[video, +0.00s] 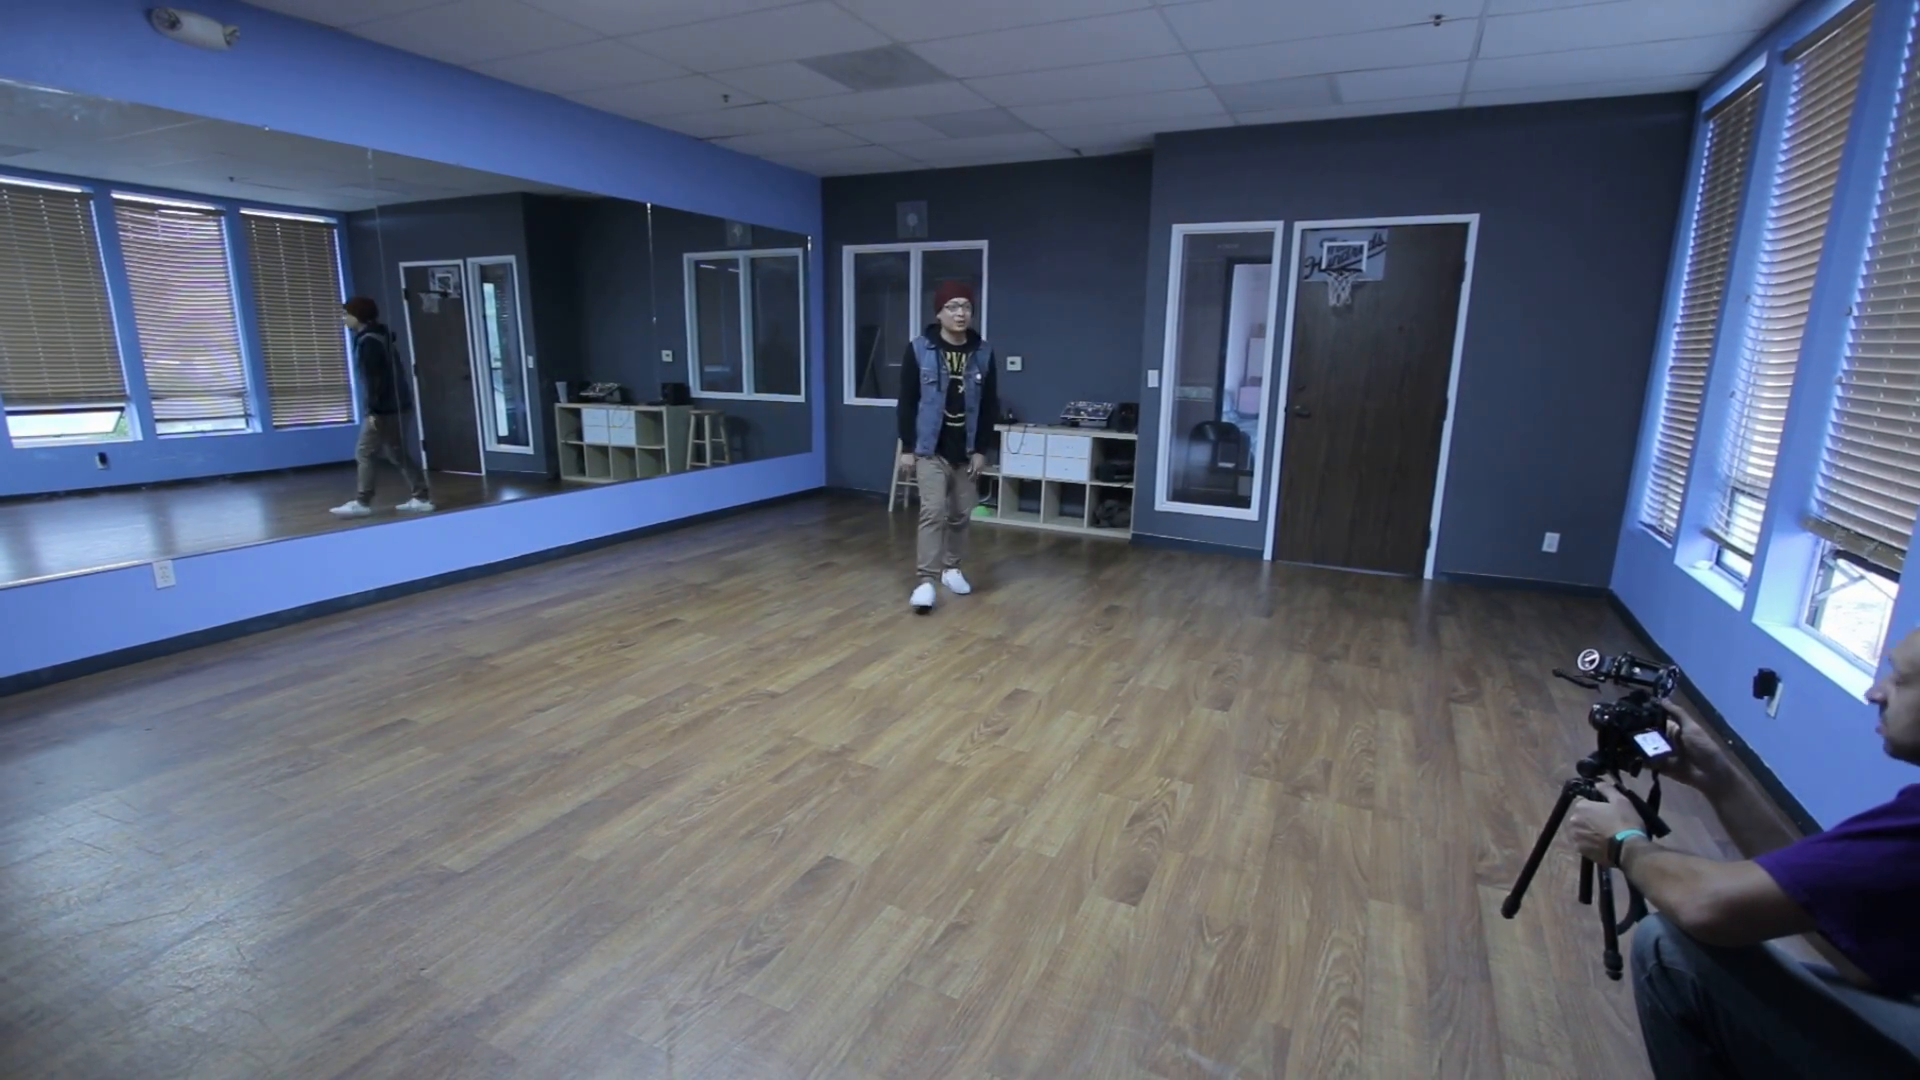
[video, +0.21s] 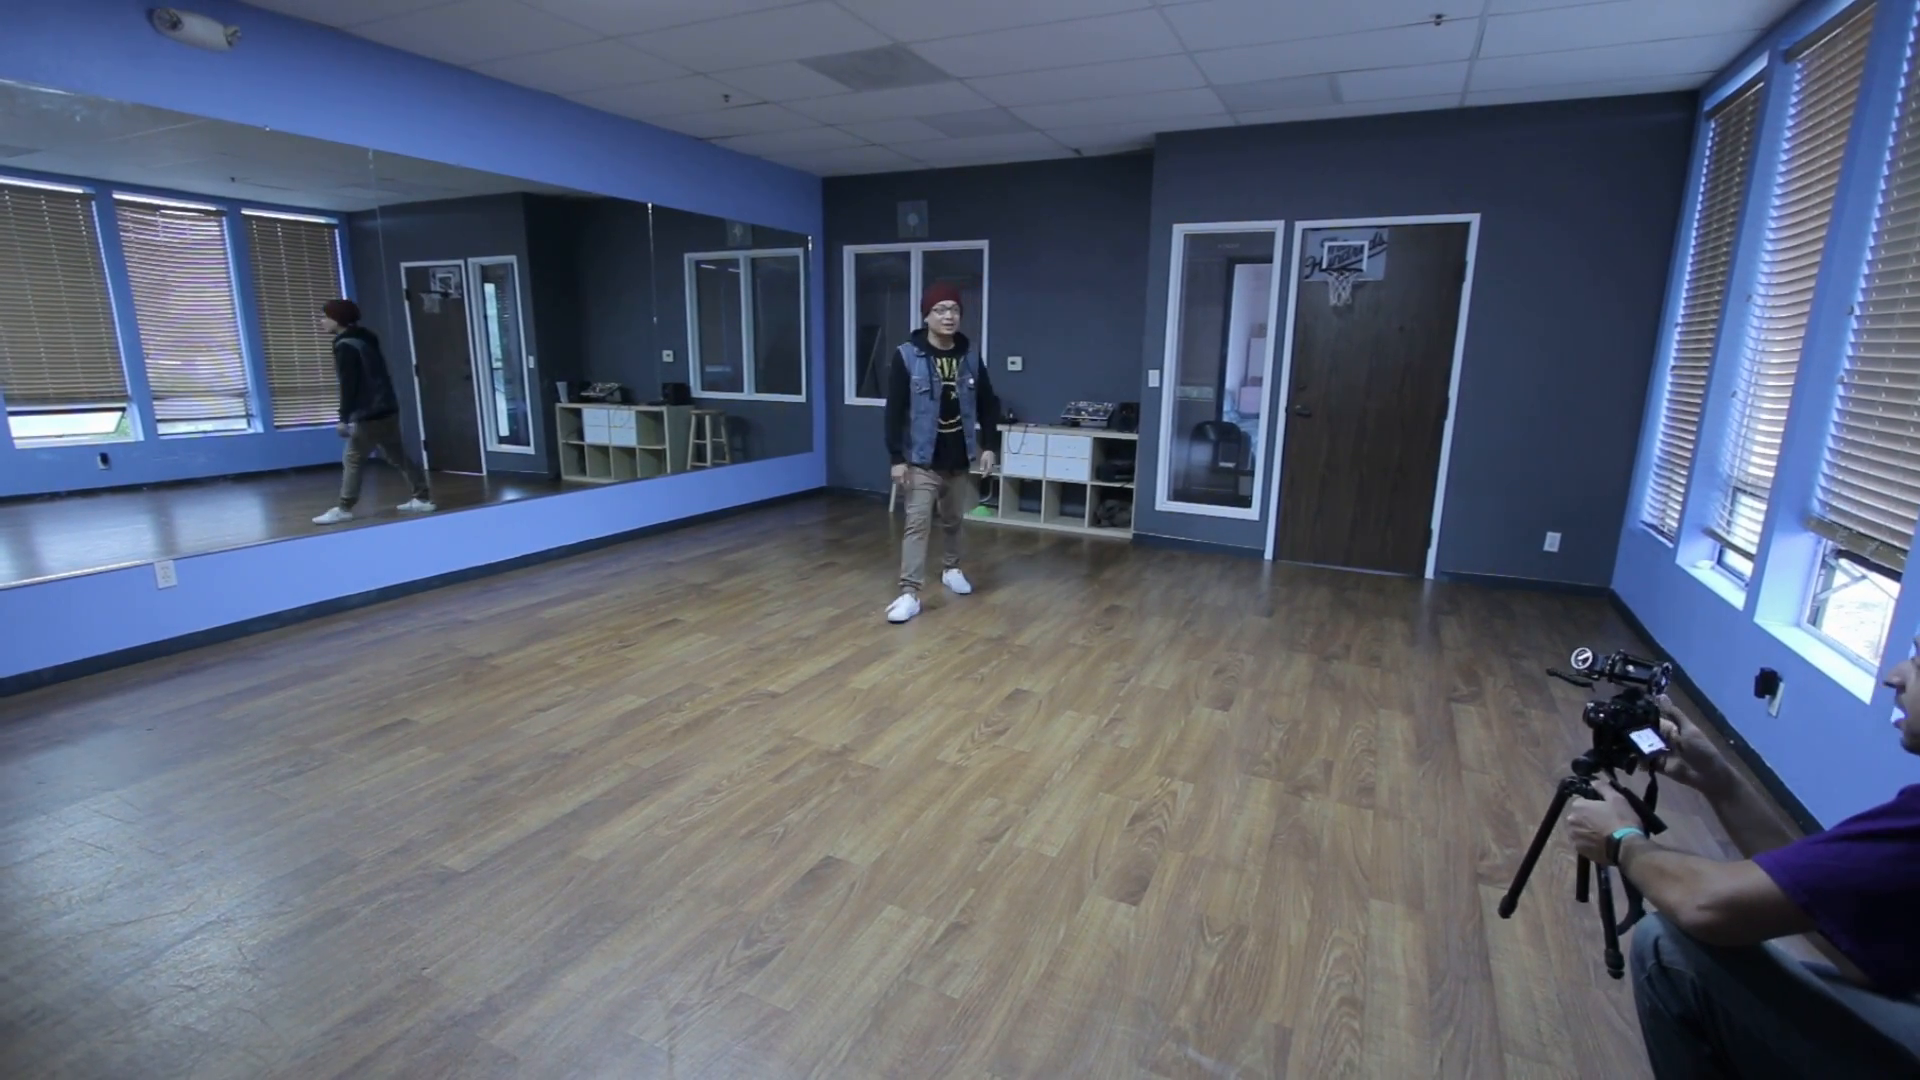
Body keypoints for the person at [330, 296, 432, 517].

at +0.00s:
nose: (344, 319)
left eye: (347, 315)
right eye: (344, 315)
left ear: (359, 317)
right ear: (366, 316)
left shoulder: (368, 340)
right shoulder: (380, 335)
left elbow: (375, 377)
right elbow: (382, 376)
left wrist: (373, 411)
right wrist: (380, 406)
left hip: (381, 409)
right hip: (392, 406)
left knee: (364, 452)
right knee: (397, 452)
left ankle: (363, 501)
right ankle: (421, 496)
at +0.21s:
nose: (323, 321)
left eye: (327, 318)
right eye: (325, 317)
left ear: (339, 320)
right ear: (348, 319)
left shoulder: (345, 345)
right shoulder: (367, 337)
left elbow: (349, 384)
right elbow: (376, 376)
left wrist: (344, 418)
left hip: (366, 413)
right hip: (386, 408)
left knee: (352, 458)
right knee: (398, 455)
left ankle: (345, 507)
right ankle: (423, 498)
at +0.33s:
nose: (303, 324)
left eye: (307, 321)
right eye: (304, 320)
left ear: (317, 324)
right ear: (329, 322)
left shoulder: (323, 348)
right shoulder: (348, 338)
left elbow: (328, 386)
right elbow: (358, 376)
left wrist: (323, 420)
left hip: (359, 413)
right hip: (380, 408)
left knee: (337, 457)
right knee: (397, 453)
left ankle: (341, 507)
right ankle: (422, 496)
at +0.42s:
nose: (289, 329)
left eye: (292, 325)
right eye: (290, 325)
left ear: (303, 327)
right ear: (316, 325)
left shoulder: (310, 352)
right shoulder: (334, 342)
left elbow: (314, 391)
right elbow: (340, 382)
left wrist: (311, 424)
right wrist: (331, 414)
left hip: (354, 413)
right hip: (376, 407)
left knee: (331, 458)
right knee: (397, 454)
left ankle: (340, 507)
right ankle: (421, 496)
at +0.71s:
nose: (264, 328)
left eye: (267, 324)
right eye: (264, 324)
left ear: (280, 327)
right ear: (292, 324)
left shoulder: (291, 351)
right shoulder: (314, 340)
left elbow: (285, 391)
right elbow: (324, 382)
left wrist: (275, 427)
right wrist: (313, 415)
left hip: (343, 409)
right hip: (365, 403)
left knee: (328, 457)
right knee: (380, 454)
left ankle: (339, 505)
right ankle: (411, 496)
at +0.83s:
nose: (270, 321)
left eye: (274, 317)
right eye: (271, 317)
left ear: (287, 320)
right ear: (297, 318)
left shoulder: (294, 344)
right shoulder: (319, 334)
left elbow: (289, 384)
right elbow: (320, 375)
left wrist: (276, 419)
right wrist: (305, 403)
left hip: (337, 408)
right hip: (362, 401)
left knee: (330, 457)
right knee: (367, 453)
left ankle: (339, 505)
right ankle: (394, 496)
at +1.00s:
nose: (285, 311)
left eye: (289, 307)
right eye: (286, 307)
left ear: (302, 312)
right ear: (312, 310)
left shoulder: (306, 337)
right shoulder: (331, 329)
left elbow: (308, 378)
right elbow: (334, 373)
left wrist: (302, 413)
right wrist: (318, 406)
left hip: (339, 405)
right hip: (361, 400)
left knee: (333, 456)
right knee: (357, 454)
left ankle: (338, 504)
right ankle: (376, 501)